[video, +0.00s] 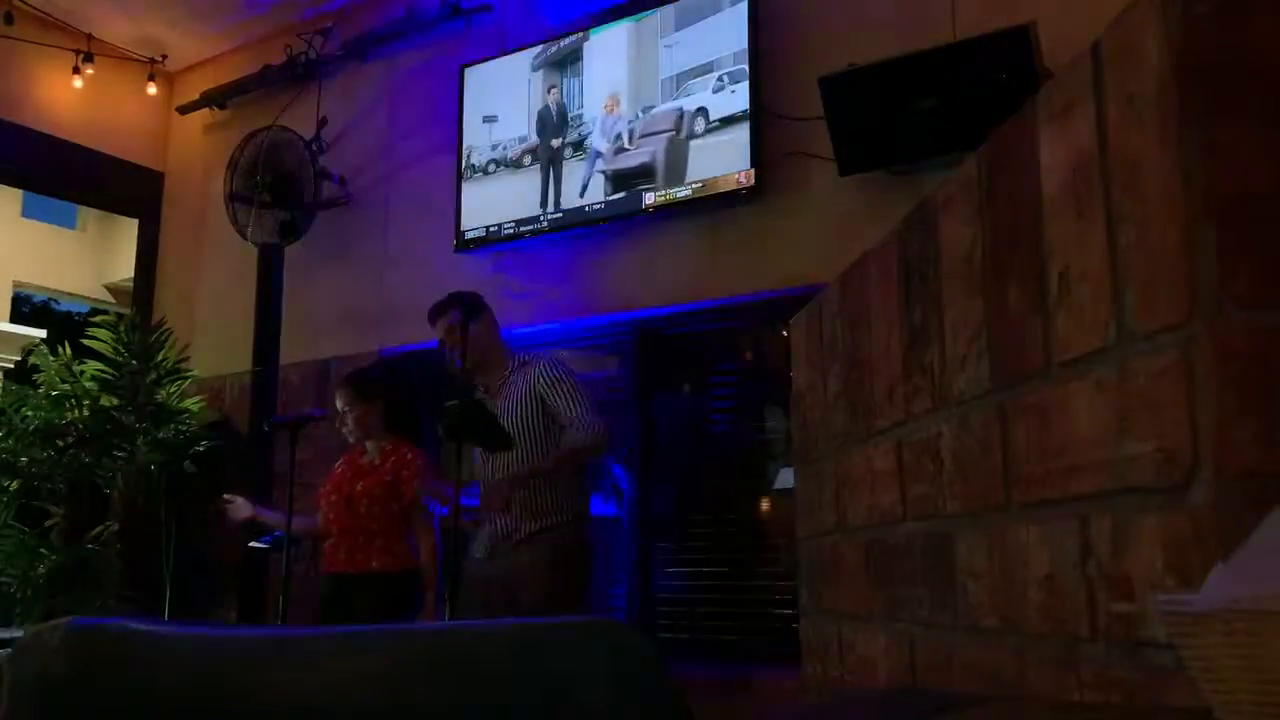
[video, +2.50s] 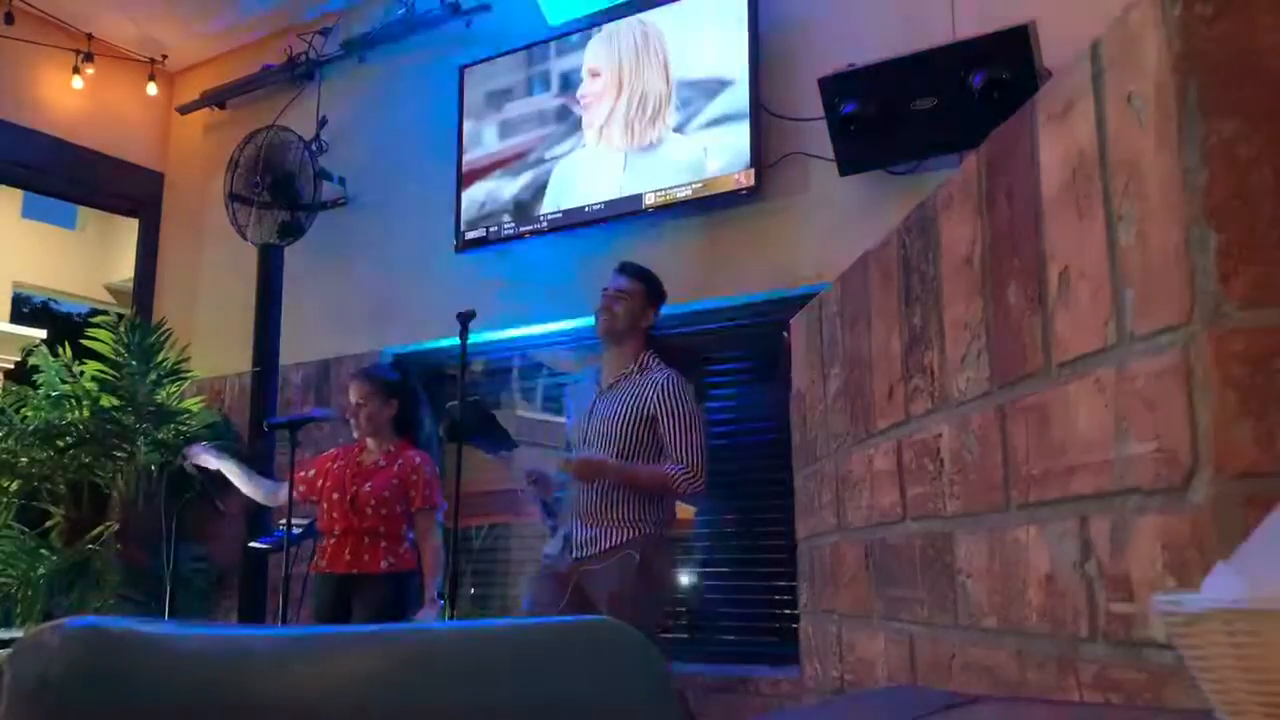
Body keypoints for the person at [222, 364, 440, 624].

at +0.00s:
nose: (340, 422)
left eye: (347, 411)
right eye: (339, 414)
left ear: (374, 409)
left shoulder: (407, 462)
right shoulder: (345, 465)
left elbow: (425, 533)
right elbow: (321, 525)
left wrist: (431, 602)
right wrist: (255, 512)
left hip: (390, 583)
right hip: (340, 583)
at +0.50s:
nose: (345, 418)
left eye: (352, 409)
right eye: (343, 410)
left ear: (380, 406)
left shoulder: (414, 463)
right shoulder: (341, 464)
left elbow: (424, 534)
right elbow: (312, 517)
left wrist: (419, 598)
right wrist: (246, 496)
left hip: (390, 582)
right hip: (339, 582)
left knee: (389, 680)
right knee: (337, 680)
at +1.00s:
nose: (343, 415)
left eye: (351, 405)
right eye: (341, 407)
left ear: (380, 406)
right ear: (341, 410)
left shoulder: (415, 463)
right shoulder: (333, 463)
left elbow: (430, 534)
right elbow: (272, 490)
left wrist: (430, 600)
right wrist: (213, 464)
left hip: (394, 588)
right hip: (337, 589)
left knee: (395, 687)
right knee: (335, 687)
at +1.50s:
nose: (341, 415)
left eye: (349, 405)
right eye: (339, 407)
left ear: (379, 407)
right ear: (338, 409)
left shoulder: (411, 464)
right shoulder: (332, 461)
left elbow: (426, 535)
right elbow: (270, 484)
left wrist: (433, 599)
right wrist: (221, 458)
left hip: (389, 583)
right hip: (335, 584)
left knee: (385, 682)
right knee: (332, 680)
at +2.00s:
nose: (342, 413)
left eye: (351, 404)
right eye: (341, 406)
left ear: (381, 406)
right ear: (339, 410)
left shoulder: (409, 463)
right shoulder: (328, 461)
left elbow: (424, 534)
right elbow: (268, 487)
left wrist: (428, 599)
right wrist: (216, 459)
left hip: (384, 583)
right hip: (330, 582)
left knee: (375, 675)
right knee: (326, 673)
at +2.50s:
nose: (351, 413)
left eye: (361, 405)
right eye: (350, 405)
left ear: (391, 407)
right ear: (348, 406)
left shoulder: (415, 464)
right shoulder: (335, 461)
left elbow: (429, 537)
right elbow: (274, 495)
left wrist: (431, 602)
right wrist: (222, 463)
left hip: (386, 584)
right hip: (330, 583)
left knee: (376, 679)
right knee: (322, 675)